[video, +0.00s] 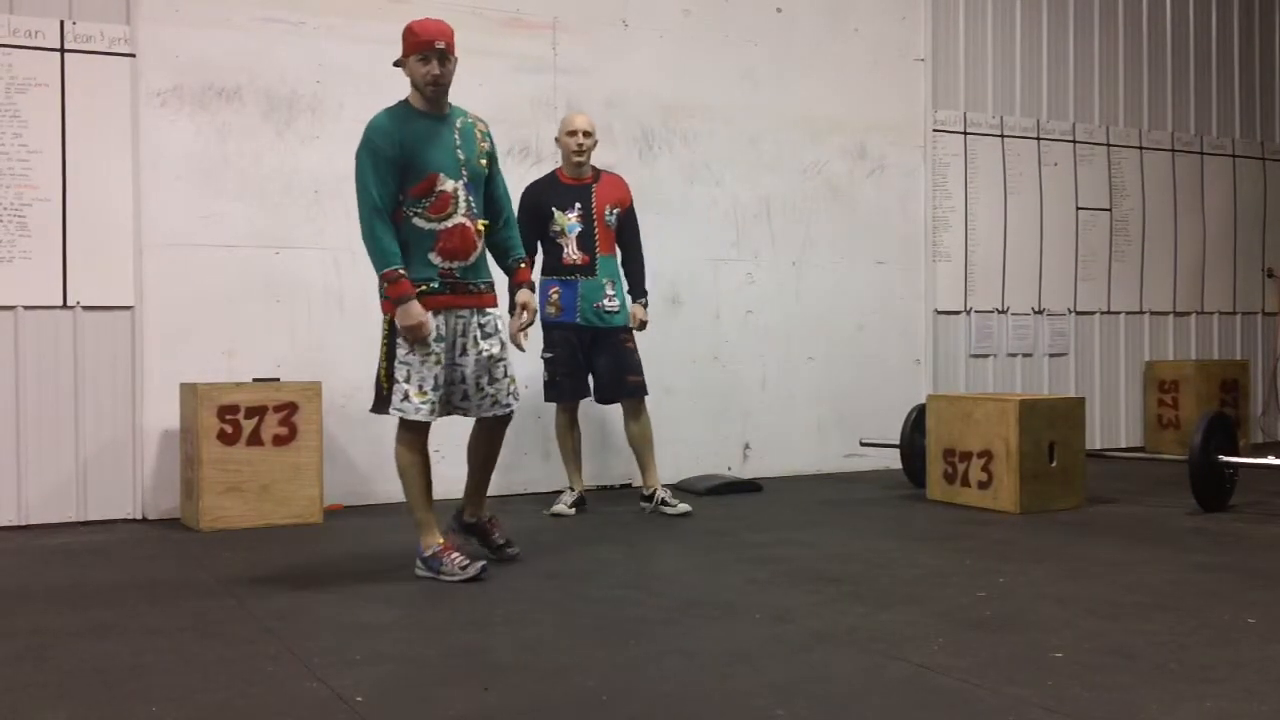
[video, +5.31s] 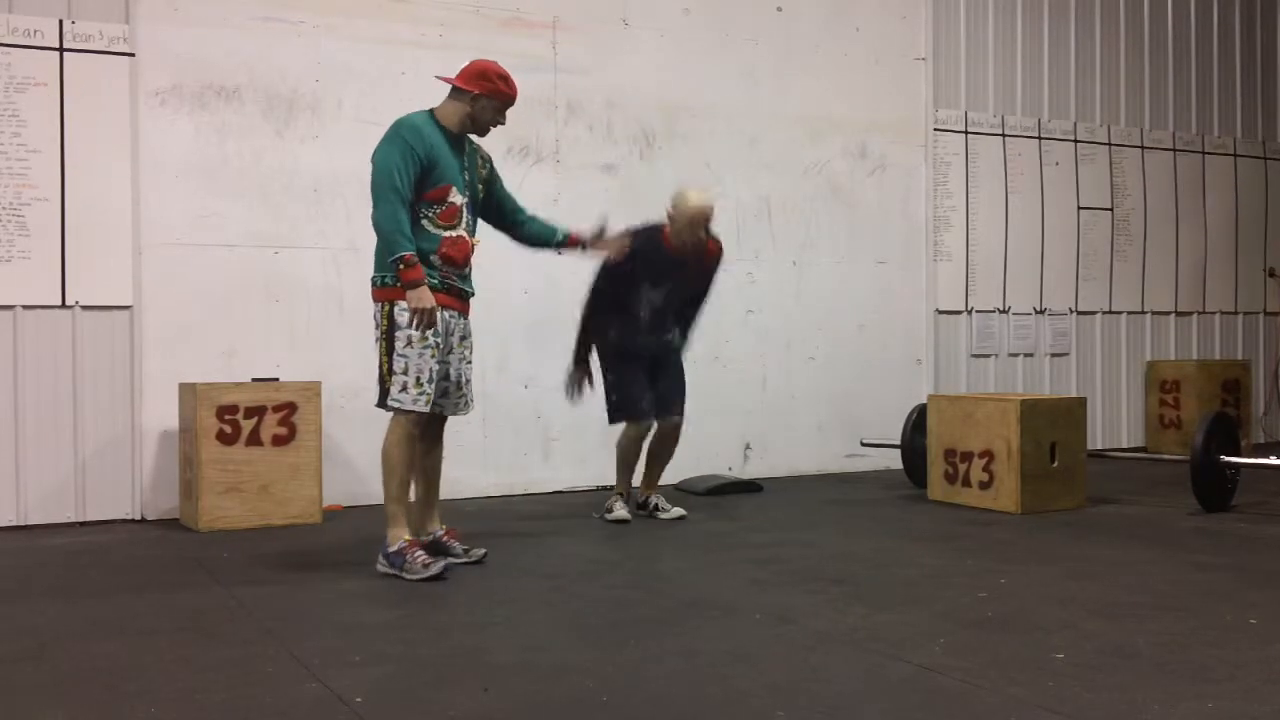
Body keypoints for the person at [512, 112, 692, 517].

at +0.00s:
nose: (580, 141)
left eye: (587, 134)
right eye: (573, 134)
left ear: (596, 142)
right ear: (559, 141)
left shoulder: (615, 187)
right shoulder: (537, 193)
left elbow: (631, 248)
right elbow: (523, 258)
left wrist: (639, 299)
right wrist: (517, 310)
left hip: (612, 315)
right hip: (561, 319)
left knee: (634, 400)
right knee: (566, 404)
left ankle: (652, 489)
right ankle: (574, 489)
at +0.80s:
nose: (643, 140)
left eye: (650, 134)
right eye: (635, 132)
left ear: (657, 141)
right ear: (620, 138)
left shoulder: (667, 189)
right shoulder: (594, 187)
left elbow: (678, 251)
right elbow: (574, 248)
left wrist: (687, 303)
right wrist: (572, 302)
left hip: (653, 316)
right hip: (605, 315)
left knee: (651, 404)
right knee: (590, 402)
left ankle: (647, 488)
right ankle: (578, 487)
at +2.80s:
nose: (643, 134)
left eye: (649, 128)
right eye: (635, 128)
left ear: (656, 133)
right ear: (618, 132)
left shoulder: (669, 182)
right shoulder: (595, 183)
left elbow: (680, 247)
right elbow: (580, 250)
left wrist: (683, 300)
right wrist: (584, 306)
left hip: (658, 314)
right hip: (612, 314)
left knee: (654, 404)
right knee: (616, 405)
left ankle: (647, 492)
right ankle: (615, 492)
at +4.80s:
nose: (654, 133)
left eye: (659, 127)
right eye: (645, 127)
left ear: (665, 132)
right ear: (627, 133)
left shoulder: (677, 183)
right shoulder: (602, 182)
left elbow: (688, 246)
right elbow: (586, 248)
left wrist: (696, 299)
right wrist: (591, 305)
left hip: (662, 315)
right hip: (616, 315)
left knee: (656, 405)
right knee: (619, 407)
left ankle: (648, 492)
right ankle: (617, 492)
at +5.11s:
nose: (680, 157)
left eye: (686, 149)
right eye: (672, 149)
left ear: (690, 148)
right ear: (652, 145)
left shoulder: (695, 191)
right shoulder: (618, 188)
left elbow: (690, 253)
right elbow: (587, 246)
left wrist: (680, 305)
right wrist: (580, 307)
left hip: (662, 310)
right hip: (615, 310)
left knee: (657, 404)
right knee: (621, 405)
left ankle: (647, 492)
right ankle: (617, 493)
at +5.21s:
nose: (692, 190)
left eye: (697, 181)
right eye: (684, 182)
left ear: (702, 180)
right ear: (663, 179)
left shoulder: (703, 215)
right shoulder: (625, 212)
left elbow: (689, 268)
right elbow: (589, 268)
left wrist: (672, 308)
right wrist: (578, 322)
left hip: (660, 321)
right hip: (616, 322)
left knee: (663, 410)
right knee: (629, 409)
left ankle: (648, 493)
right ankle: (618, 494)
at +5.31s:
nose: (698, 233)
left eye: (703, 225)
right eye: (691, 224)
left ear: (708, 223)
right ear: (672, 218)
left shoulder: (710, 252)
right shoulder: (636, 244)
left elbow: (694, 299)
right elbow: (598, 298)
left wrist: (678, 337)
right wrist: (581, 358)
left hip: (663, 342)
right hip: (620, 341)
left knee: (671, 421)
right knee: (639, 421)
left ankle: (648, 495)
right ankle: (619, 497)